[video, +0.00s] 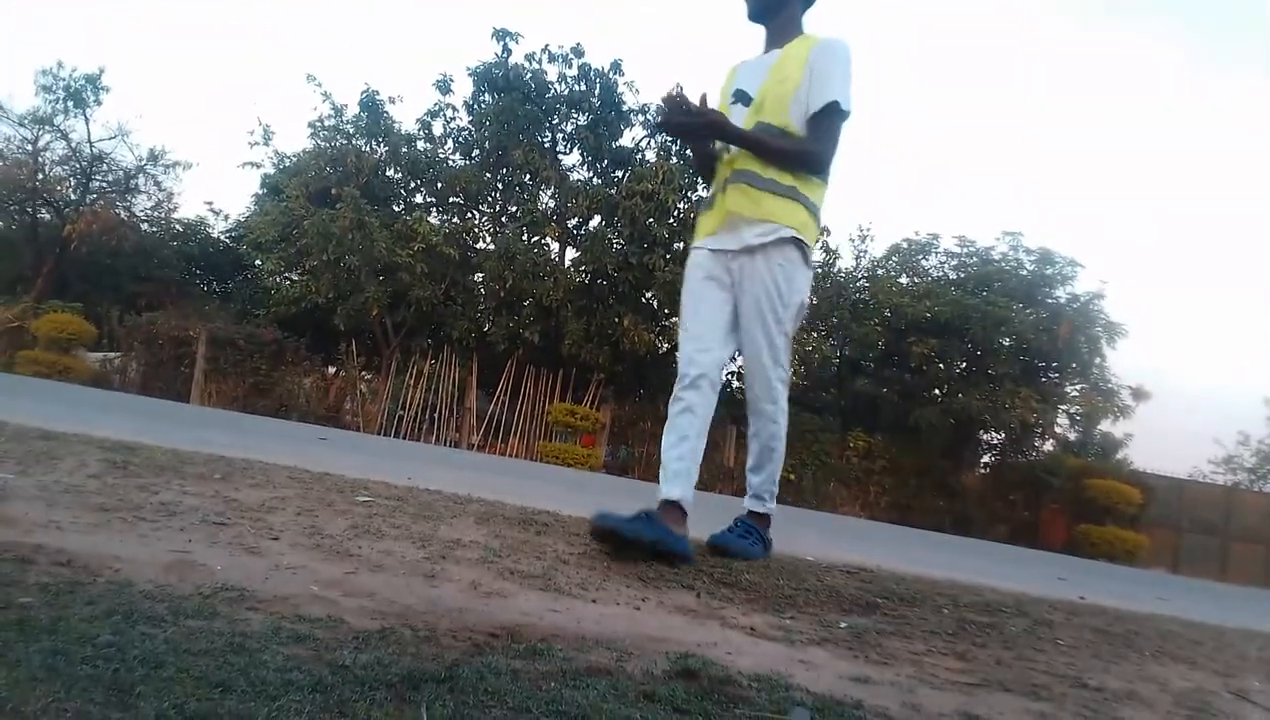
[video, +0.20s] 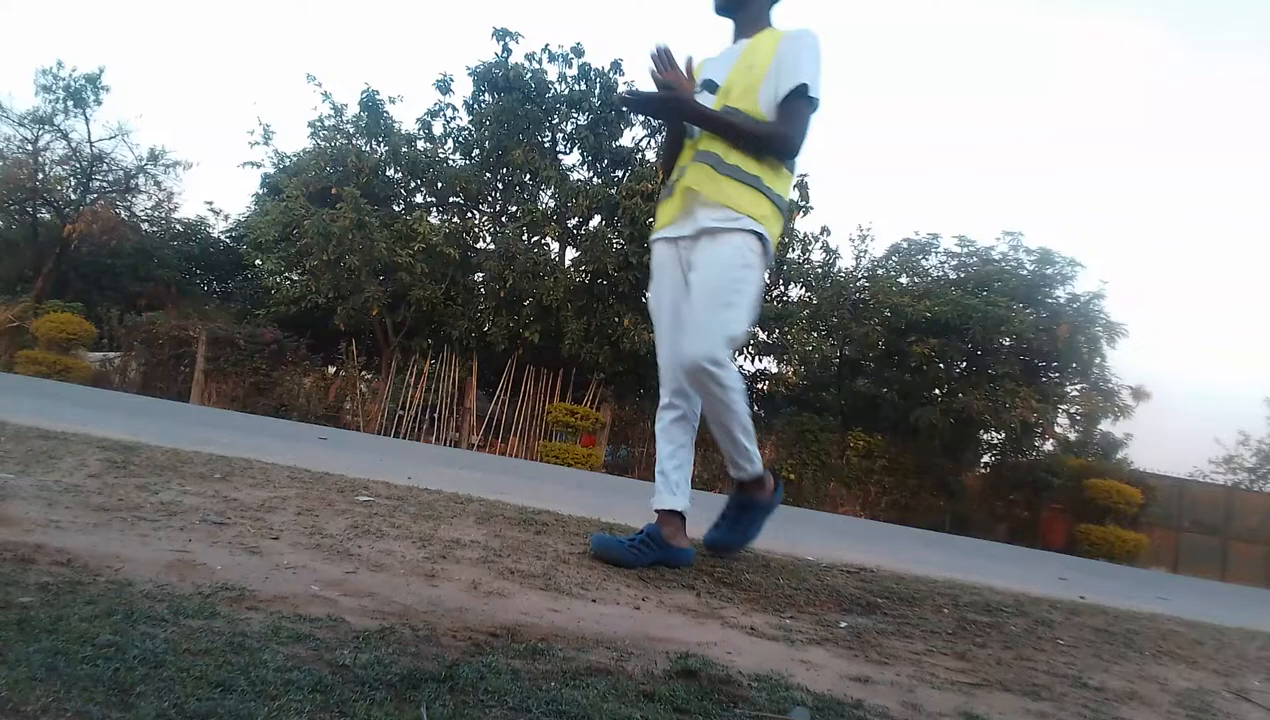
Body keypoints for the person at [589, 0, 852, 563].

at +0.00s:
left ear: (795, 1)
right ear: (767, 8)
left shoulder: (825, 52)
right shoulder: (738, 75)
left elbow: (818, 157)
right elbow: (716, 173)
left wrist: (725, 129)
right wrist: (693, 134)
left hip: (777, 239)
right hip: (714, 238)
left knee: (765, 384)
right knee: (696, 373)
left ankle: (757, 521)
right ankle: (670, 515)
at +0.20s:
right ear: (730, 5)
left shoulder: (795, 43)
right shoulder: (709, 65)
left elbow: (785, 140)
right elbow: (673, 169)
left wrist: (686, 107)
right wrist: (680, 105)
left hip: (736, 222)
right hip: (674, 224)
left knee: (703, 355)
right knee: (674, 377)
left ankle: (754, 485)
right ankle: (669, 528)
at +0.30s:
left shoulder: (780, 32)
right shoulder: (692, 59)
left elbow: (774, 131)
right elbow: (665, 162)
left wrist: (675, 90)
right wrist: (655, 98)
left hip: (721, 205)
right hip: (663, 211)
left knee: (662, 328)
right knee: (667, 360)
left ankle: (732, 471)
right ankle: (669, 525)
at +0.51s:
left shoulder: (743, 10)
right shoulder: (664, 48)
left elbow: (737, 112)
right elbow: (631, 148)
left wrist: (640, 69)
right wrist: (610, 85)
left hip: (684, 194)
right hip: (636, 202)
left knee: (616, 323)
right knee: (658, 353)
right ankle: (671, 527)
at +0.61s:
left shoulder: (719, 6)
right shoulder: (645, 42)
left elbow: (705, 103)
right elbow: (613, 147)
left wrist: (607, 64)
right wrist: (598, 84)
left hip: (664, 201)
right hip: (617, 205)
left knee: (602, 344)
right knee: (650, 367)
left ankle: (510, 505)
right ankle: (671, 524)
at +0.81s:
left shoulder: (667, 4)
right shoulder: (606, 25)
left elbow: (653, 86)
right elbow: (572, 119)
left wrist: (546, 48)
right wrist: (536, 60)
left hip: (597, 183)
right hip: (565, 182)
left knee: (544, 337)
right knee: (584, 347)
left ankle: (474, 518)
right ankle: (658, 509)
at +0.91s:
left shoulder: (633, 5)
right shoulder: (573, 21)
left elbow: (619, 77)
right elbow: (540, 104)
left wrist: (514, 40)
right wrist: (495, 49)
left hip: (565, 185)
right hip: (524, 187)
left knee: (527, 350)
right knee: (497, 340)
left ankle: (473, 521)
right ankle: (614, 465)